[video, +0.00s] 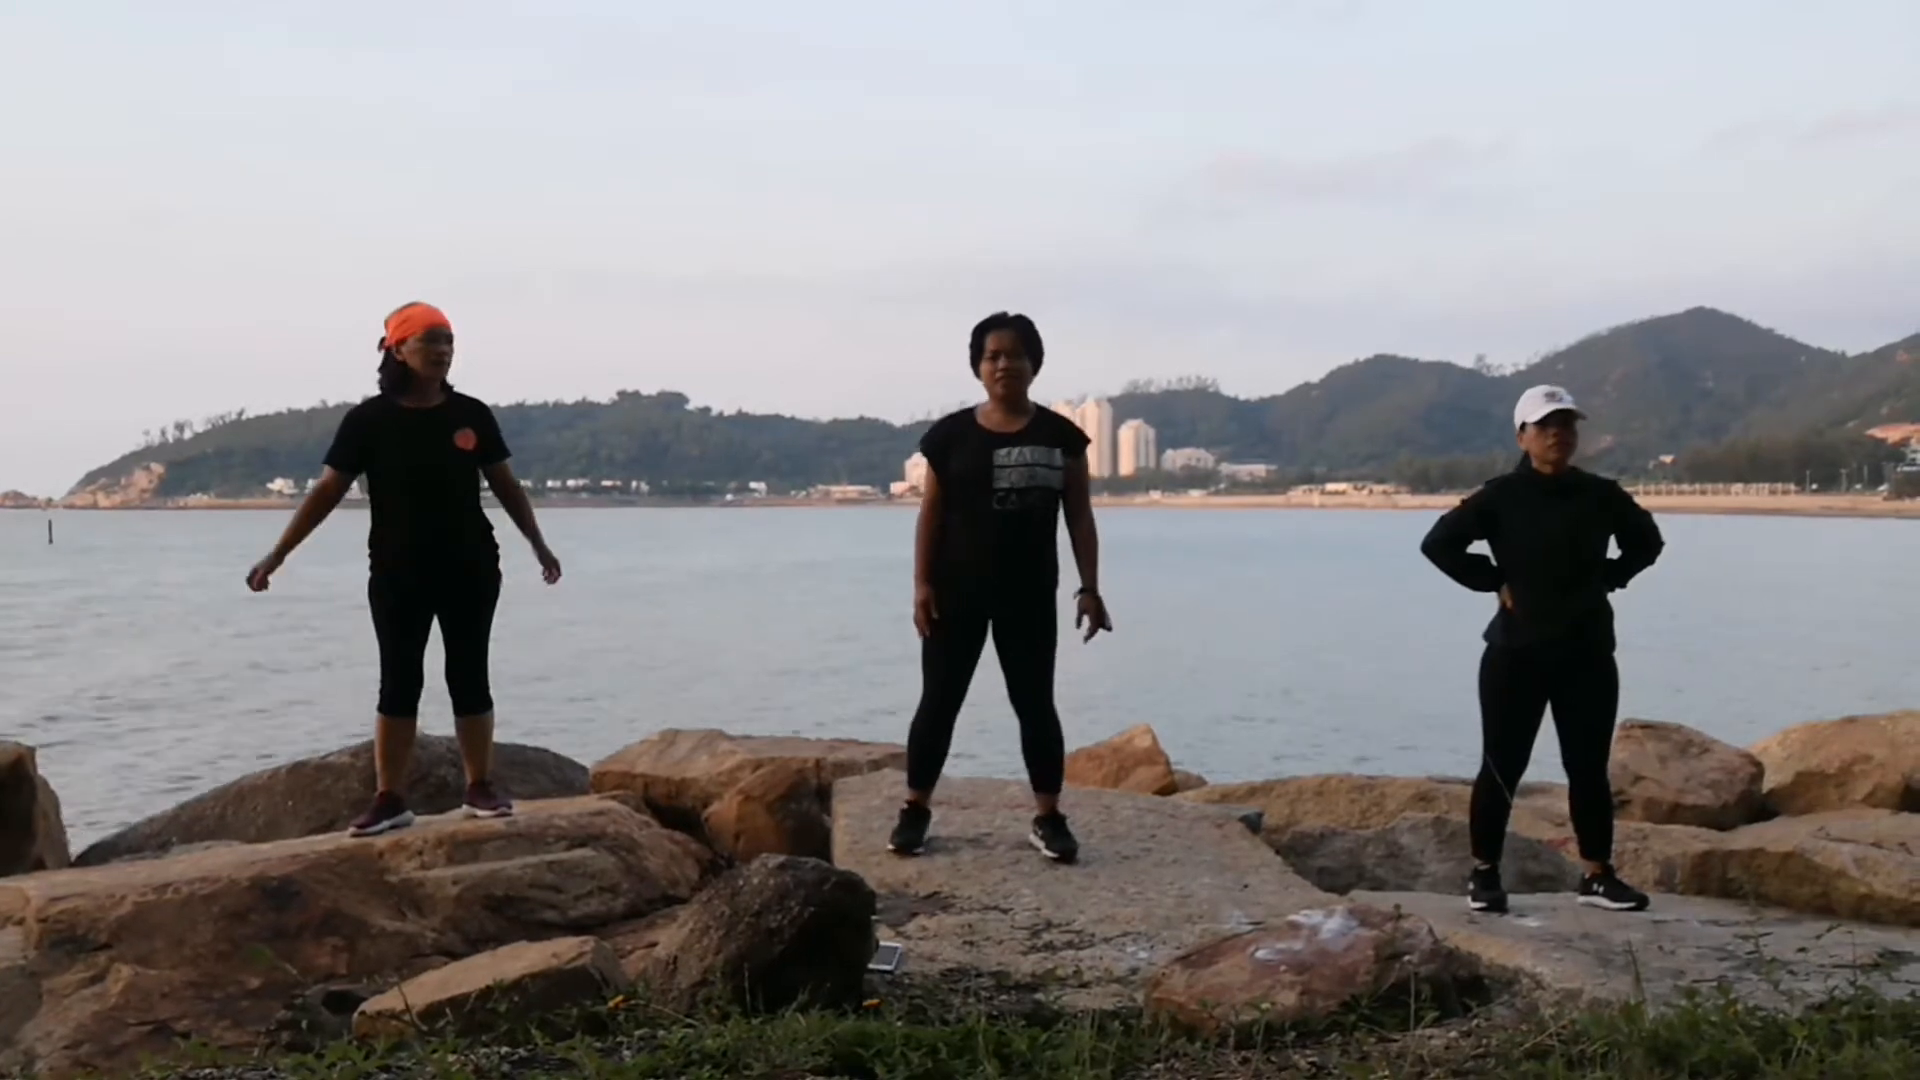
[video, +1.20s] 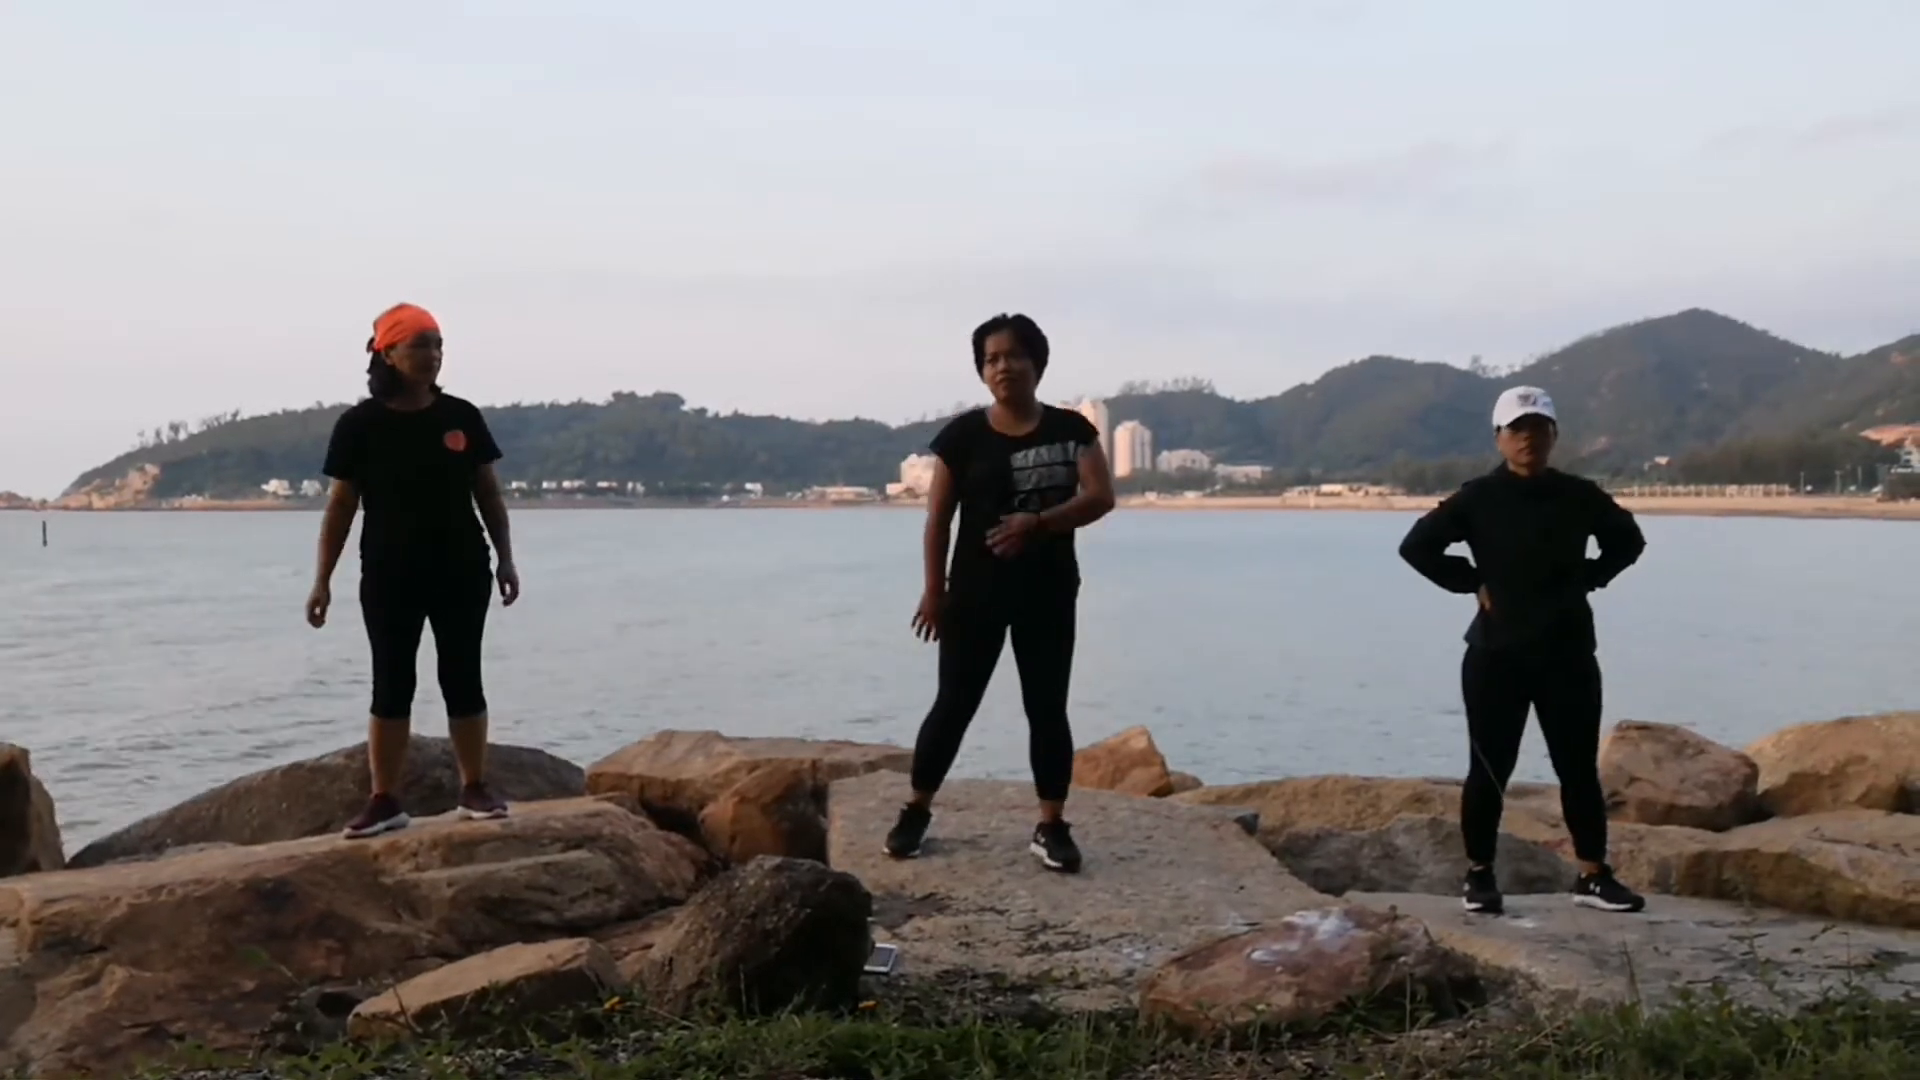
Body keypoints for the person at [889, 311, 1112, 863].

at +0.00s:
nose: (1002, 367)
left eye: (1014, 357)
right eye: (992, 358)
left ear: (1034, 365)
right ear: (978, 367)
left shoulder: (1062, 437)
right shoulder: (948, 437)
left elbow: (1079, 517)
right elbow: (929, 517)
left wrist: (1089, 586)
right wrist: (922, 585)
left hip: (1029, 595)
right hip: (958, 594)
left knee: (1036, 707)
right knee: (938, 703)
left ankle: (1049, 815)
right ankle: (915, 810)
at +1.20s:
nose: (1003, 368)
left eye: (1015, 357)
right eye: (992, 360)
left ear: (1037, 363)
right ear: (981, 370)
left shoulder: (1072, 430)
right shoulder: (962, 436)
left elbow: (1100, 498)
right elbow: (938, 519)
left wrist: (1039, 522)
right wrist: (933, 589)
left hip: (1047, 595)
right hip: (977, 593)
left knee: (1049, 710)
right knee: (953, 705)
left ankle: (1052, 824)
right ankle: (917, 809)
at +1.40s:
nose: (1020, 366)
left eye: (1032, 356)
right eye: (1010, 356)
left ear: (1054, 365)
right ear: (996, 367)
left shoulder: (1078, 426)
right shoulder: (973, 429)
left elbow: (1057, 482)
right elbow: (964, 510)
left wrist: (984, 460)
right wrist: (966, 584)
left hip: (1048, 590)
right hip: (981, 585)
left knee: (1048, 710)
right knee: (951, 703)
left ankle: (1051, 824)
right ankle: (917, 811)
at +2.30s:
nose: (946, 370)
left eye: (957, 360)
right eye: (935, 360)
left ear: (972, 369)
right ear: (915, 369)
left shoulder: (995, 434)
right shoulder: (891, 437)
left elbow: (999, 511)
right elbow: (887, 522)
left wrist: (927, 502)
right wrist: (895, 597)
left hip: (972, 591)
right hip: (906, 590)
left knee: (1002, 706)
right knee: (906, 710)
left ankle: (1032, 815)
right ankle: (903, 815)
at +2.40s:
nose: (945, 369)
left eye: (954, 359)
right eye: (933, 360)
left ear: (970, 367)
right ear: (913, 369)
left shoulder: (995, 433)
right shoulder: (885, 441)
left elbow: (1010, 511)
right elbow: (877, 528)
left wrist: (957, 536)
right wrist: (890, 594)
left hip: (975, 592)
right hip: (907, 591)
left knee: (1006, 704)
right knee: (906, 711)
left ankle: (1038, 814)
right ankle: (903, 815)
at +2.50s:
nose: (948, 370)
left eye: (957, 360)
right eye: (936, 361)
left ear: (973, 368)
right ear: (916, 371)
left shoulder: (1001, 437)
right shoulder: (888, 445)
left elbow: (1023, 519)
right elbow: (874, 527)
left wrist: (992, 571)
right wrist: (881, 592)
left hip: (979, 594)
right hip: (910, 598)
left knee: (1011, 709)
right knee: (907, 714)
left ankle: (1046, 817)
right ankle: (902, 817)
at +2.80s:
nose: (986, 371)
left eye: (996, 360)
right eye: (974, 362)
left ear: (1013, 368)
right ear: (957, 374)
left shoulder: (1050, 439)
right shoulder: (935, 447)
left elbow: (1071, 518)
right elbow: (914, 526)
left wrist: (1075, 583)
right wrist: (895, 594)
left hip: (1026, 600)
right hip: (953, 600)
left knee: (1036, 714)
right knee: (930, 710)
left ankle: (1053, 826)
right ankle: (904, 817)